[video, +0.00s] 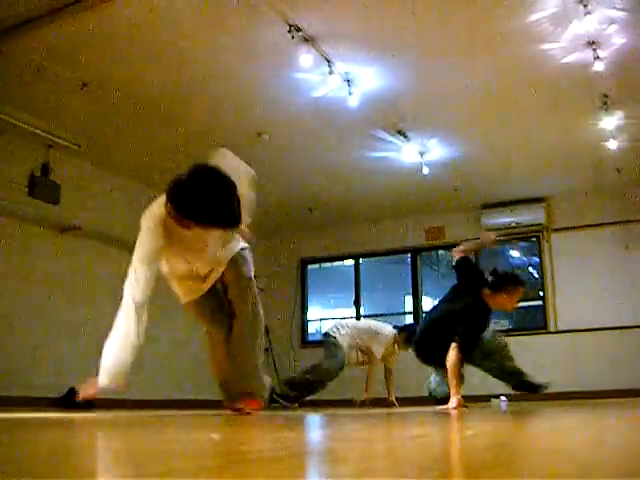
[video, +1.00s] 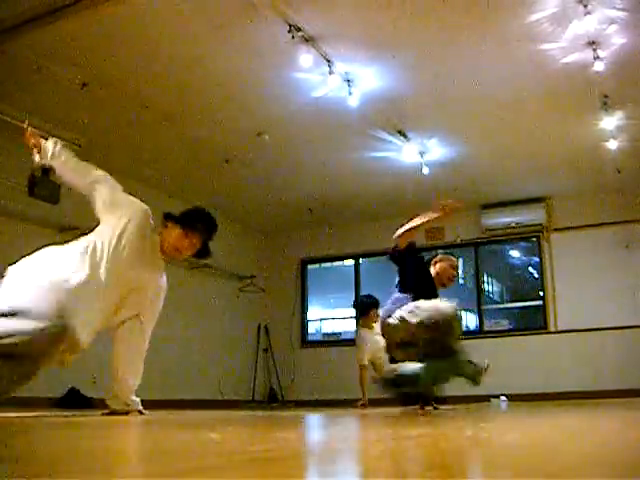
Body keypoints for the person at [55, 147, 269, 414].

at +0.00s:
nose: (210, 237)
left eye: (214, 232)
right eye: (206, 231)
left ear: (223, 217)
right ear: (182, 218)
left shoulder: (231, 198)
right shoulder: (155, 223)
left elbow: (226, 156)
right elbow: (134, 300)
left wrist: (244, 223)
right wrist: (110, 377)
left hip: (227, 253)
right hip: (185, 272)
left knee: (247, 303)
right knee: (219, 327)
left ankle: (250, 392)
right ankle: (235, 397)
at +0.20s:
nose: (194, 282)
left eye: (200, 281)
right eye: (192, 278)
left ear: (215, 239)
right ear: (175, 262)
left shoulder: (205, 221)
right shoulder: (135, 248)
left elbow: (200, 189)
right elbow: (121, 324)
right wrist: (109, 401)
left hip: (209, 302)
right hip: (168, 321)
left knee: (231, 341)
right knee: (208, 367)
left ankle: (228, 382)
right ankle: (236, 392)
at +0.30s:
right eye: (177, 288)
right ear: (159, 264)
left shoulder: (196, 235)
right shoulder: (117, 246)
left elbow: (214, 269)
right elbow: (105, 323)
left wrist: (207, 308)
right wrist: (108, 400)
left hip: (165, 318)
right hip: (117, 322)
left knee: (185, 346)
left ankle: (226, 397)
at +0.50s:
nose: (152, 298)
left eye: (158, 298)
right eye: (155, 292)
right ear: (158, 275)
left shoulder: (173, 274)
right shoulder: (115, 253)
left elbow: (153, 337)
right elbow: (99, 328)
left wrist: (137, 397)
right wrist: (109, 399)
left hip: (107, 317)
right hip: (65, 305)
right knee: (80, 383)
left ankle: (9, 365)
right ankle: (8, 364)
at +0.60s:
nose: (163, 305)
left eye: (170, 306)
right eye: (168, 298)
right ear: (171, 275)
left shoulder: (165, 308)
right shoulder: (124, 250)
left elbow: (135, 349)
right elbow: (103, 323)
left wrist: (125, 398)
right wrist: (111, 398)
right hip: (45, 302)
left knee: (52, 370)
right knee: (6, 367)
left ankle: (71, 396)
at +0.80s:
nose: (186, 280)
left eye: (191, 279)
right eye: (190, 273)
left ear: (190, 275)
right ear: (185, 255)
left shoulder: (156, 297)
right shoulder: (142, 235)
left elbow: (131, 344)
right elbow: (101, 257)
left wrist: (122, 399)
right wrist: (103, 313)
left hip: (53, 333)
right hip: (35, 295)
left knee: (11, 351)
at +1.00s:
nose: (184, 247)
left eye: (193, 247)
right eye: (186, 235)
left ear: (194, 254)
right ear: (173, 224)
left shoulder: (154, 288)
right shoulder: (134, 215)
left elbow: (133, 342)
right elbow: (94, 181)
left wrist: (124, 397)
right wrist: (48, 149)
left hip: (71, 327)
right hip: (47, 279)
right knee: (49, 332)